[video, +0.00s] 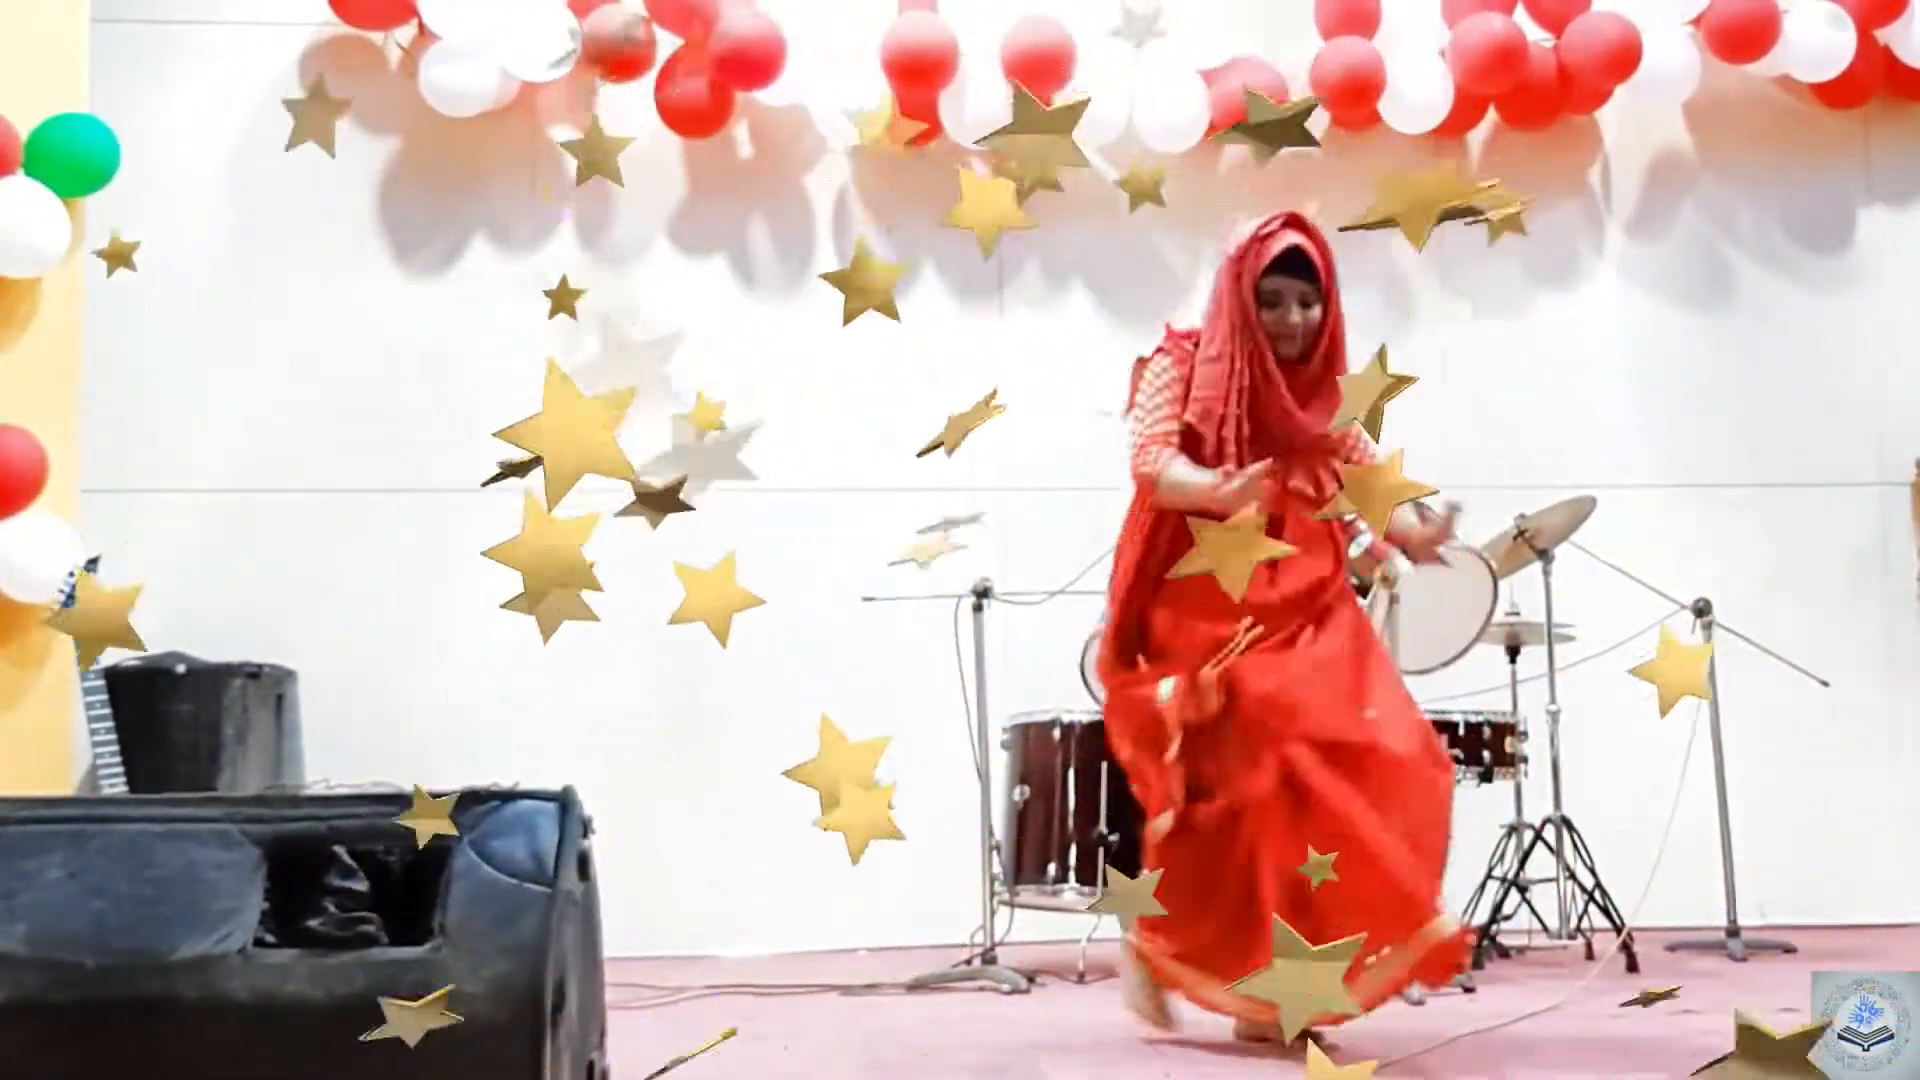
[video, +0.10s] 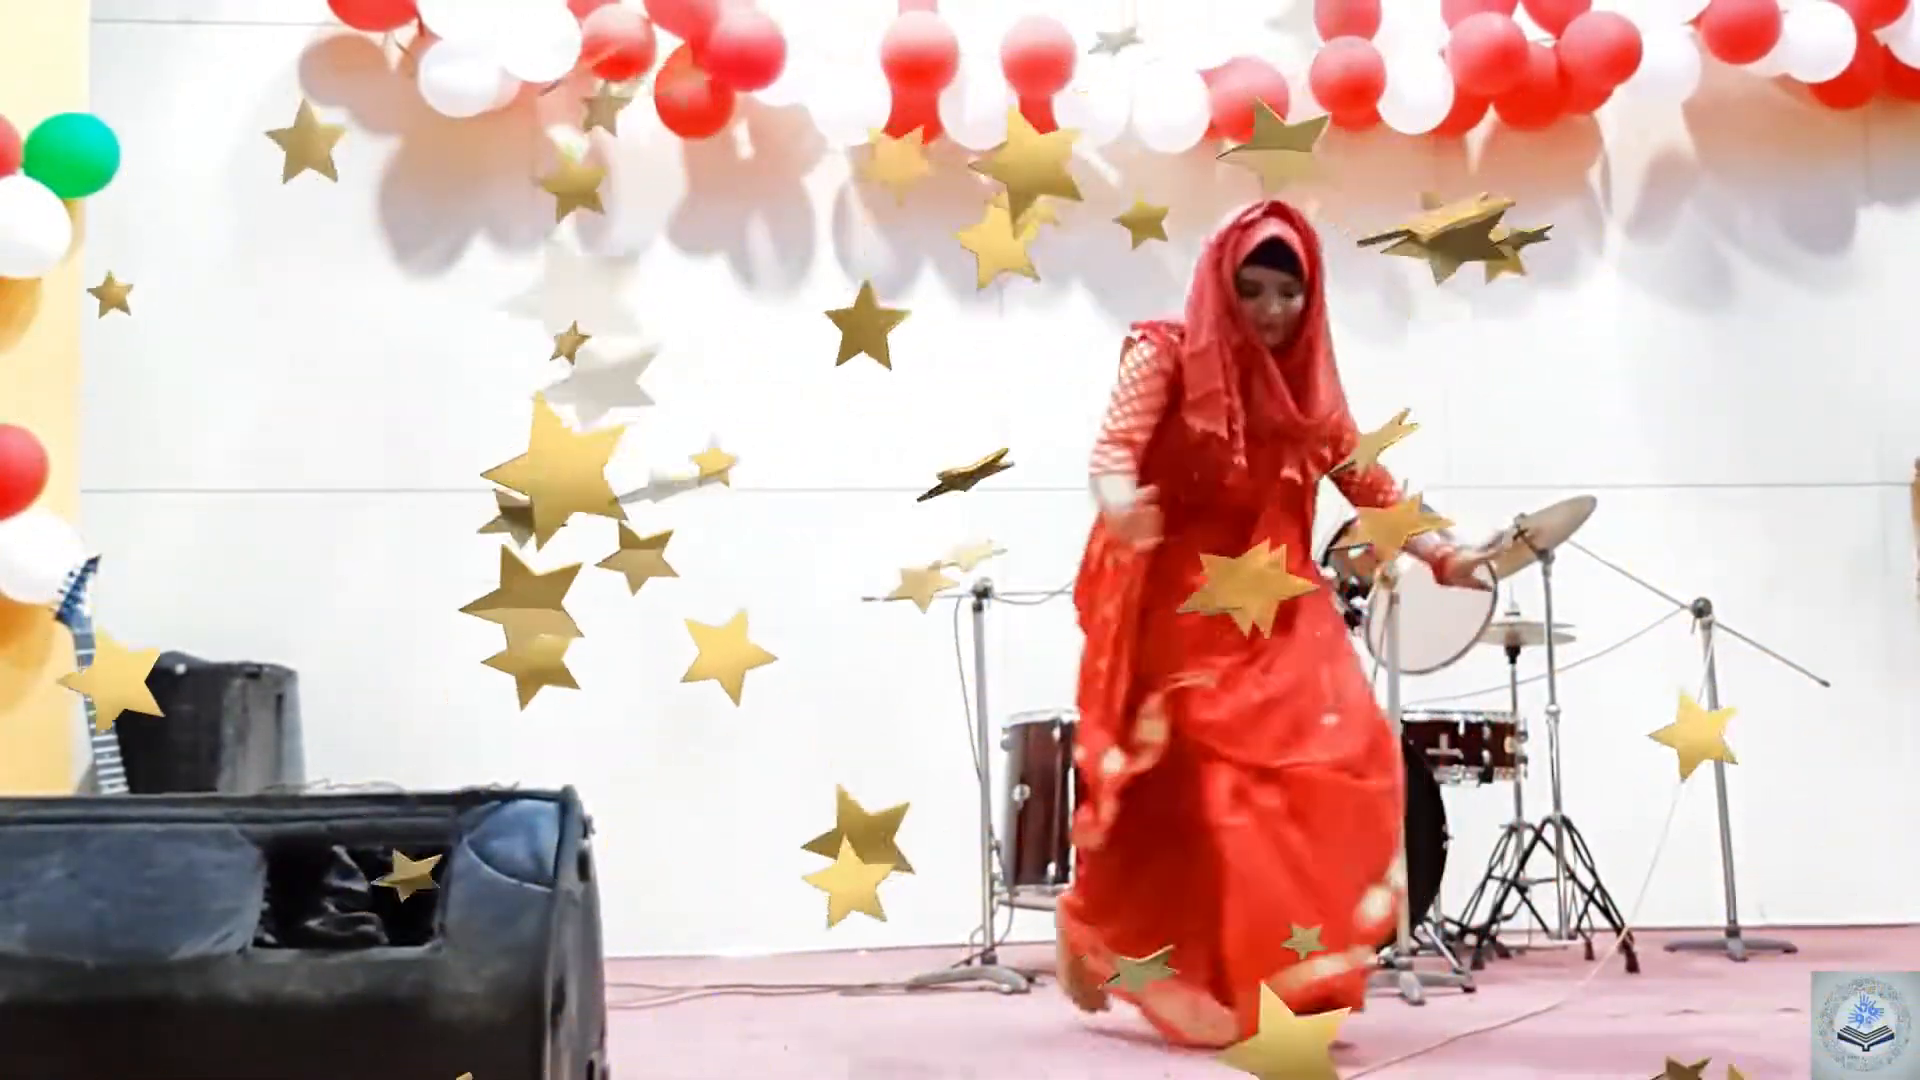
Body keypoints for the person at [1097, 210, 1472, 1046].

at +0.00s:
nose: (1292, 319)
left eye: (1305, 302)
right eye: (1273, 301)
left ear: (1324, 307)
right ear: (1240, 302)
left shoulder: (1329, 386)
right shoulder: (1184, 361)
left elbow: (1373, 489)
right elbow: (1153, 462)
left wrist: (1414, 529)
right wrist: (1216, 491)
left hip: (1310, 608)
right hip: (1205, 613)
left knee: (1373, 766)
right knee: (1256, 776)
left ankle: (1294, 996)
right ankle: (1153, 943)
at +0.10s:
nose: (1274, 309)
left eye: (1289, 291)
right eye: (1255, 290)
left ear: (1308, 298)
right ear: (1222, 290)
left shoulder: (1304, 380)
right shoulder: (1164, 352)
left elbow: (1367, 484)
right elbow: (1110, 453)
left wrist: (1439, 549)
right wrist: (1125, 507)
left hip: (1277, 598)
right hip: (1173, 598)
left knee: (1353, 752)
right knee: (1204, 775)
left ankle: (1308, 975)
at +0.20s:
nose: (1248, 316)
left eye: (1264, 298)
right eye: (1230, 298)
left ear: (1287, 304)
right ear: (1200, 298)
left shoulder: (1298, 388)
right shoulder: (1147, 362)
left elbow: (1373, 492)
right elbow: (1077, 449)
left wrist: (1462, 545)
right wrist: (1042, 502)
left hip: (1250, 608)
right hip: (1144, 610)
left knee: (1275, 781)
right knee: (1146, 793)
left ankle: (1267, 984)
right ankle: (1134, 991)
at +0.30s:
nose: (1223, 347)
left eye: (1238, 330)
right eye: (1206, 330)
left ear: (1260, 336)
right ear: (1178, 331)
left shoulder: (1270, 425)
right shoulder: (1124, 403)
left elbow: (1350, 516)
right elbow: (1050, 504)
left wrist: (1450, 526)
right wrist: (998, 546)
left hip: (1219, 656)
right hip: (1111, 662)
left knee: (1267, 792)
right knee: (1118, 833)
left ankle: (1266, 986)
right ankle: (1126, 1002)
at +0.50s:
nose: (1194, 302)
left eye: (1208, 286)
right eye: (1175, 287)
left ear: (1228, 300)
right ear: (1146, 301)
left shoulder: (1251, 403)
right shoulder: (1100, 392)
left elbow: (1323, 467)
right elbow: (1008, 472)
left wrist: (1404, 494)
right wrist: (958, 466)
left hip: (1199, 635)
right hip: (1091, 632)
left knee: (1209, 792)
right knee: (1083, 798)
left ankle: (1233, 984)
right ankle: (1083, 991)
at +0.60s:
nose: (1199, 268)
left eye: (1213, 252)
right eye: (1179, 256)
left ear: (1238, 266)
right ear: (1148, 274)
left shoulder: (1261, 376)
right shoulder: (1109, 360)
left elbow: (1307, 468)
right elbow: (1037, 460)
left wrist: (1358, 519)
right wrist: (966, 457)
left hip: (1210, 601)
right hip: (1104, 598)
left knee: (1205, 782)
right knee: (1088, 785)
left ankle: (1208, 987)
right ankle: (1056, 966)